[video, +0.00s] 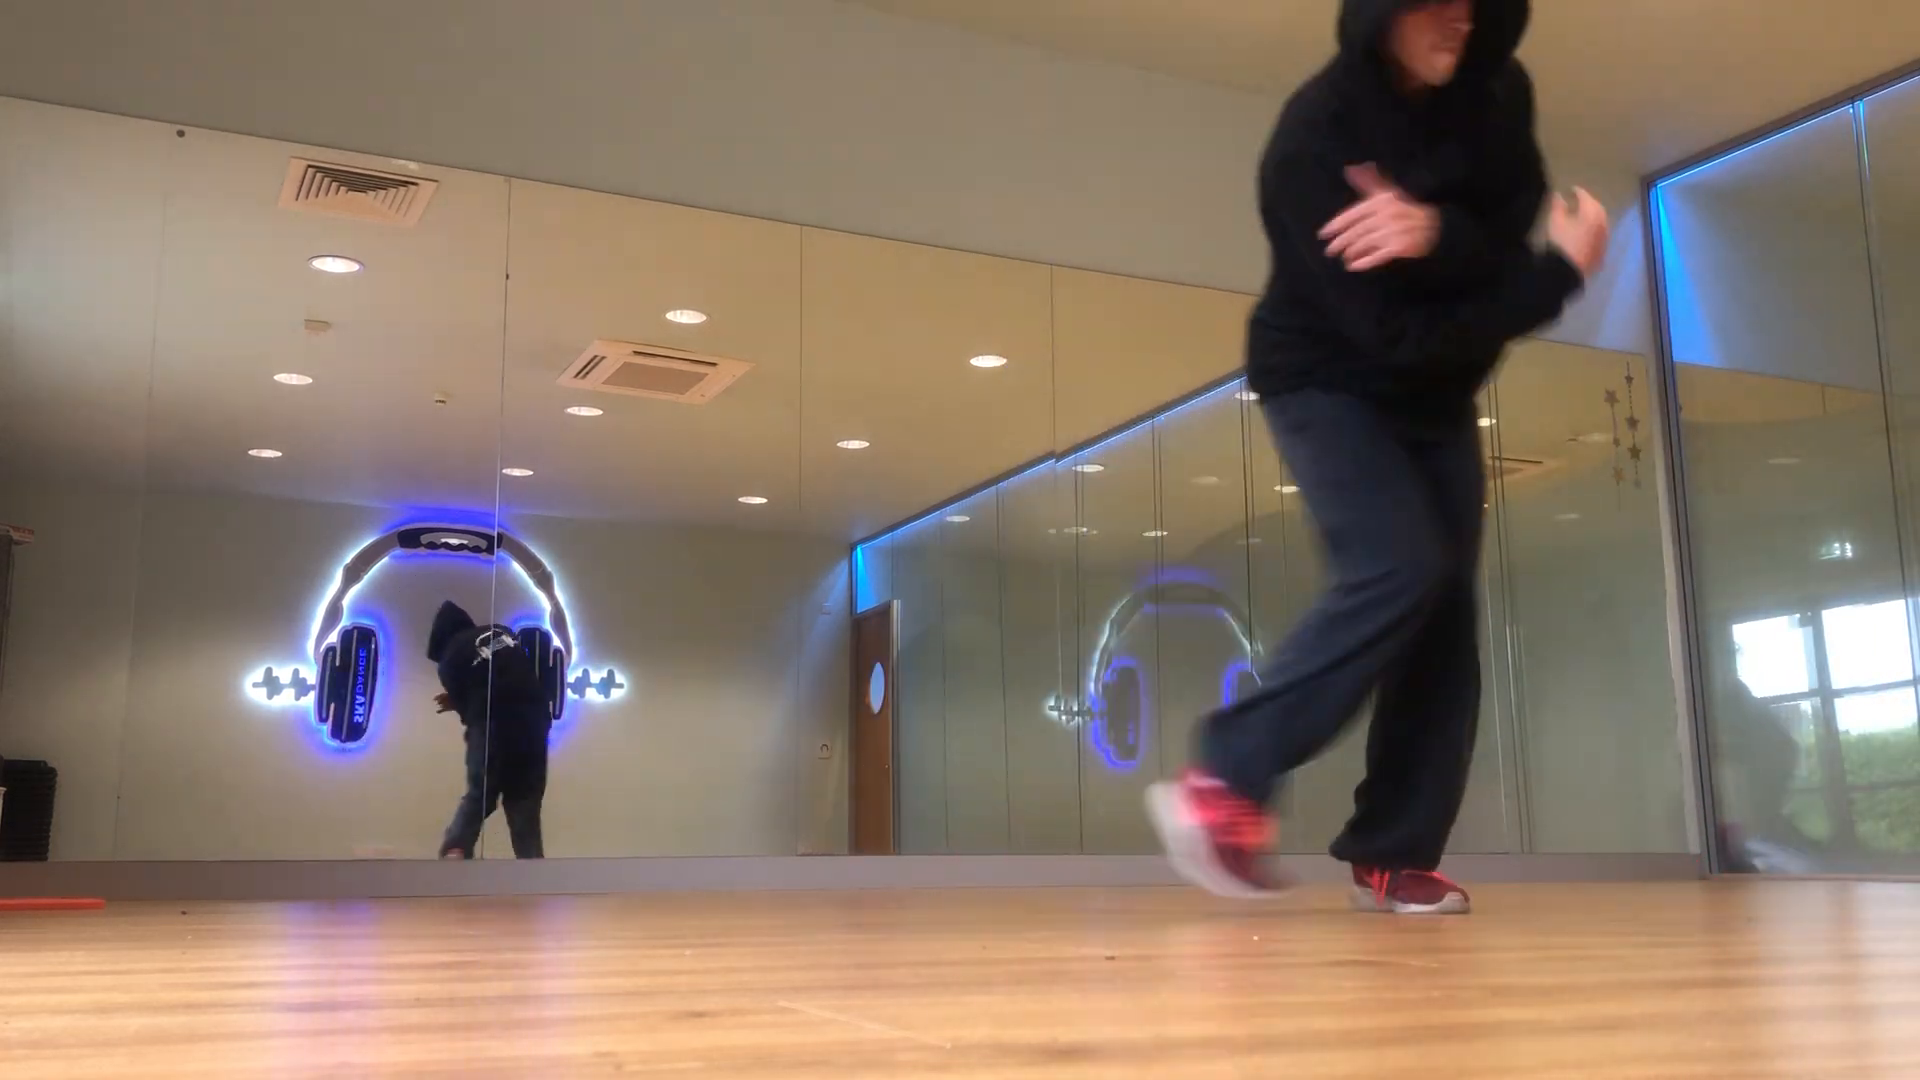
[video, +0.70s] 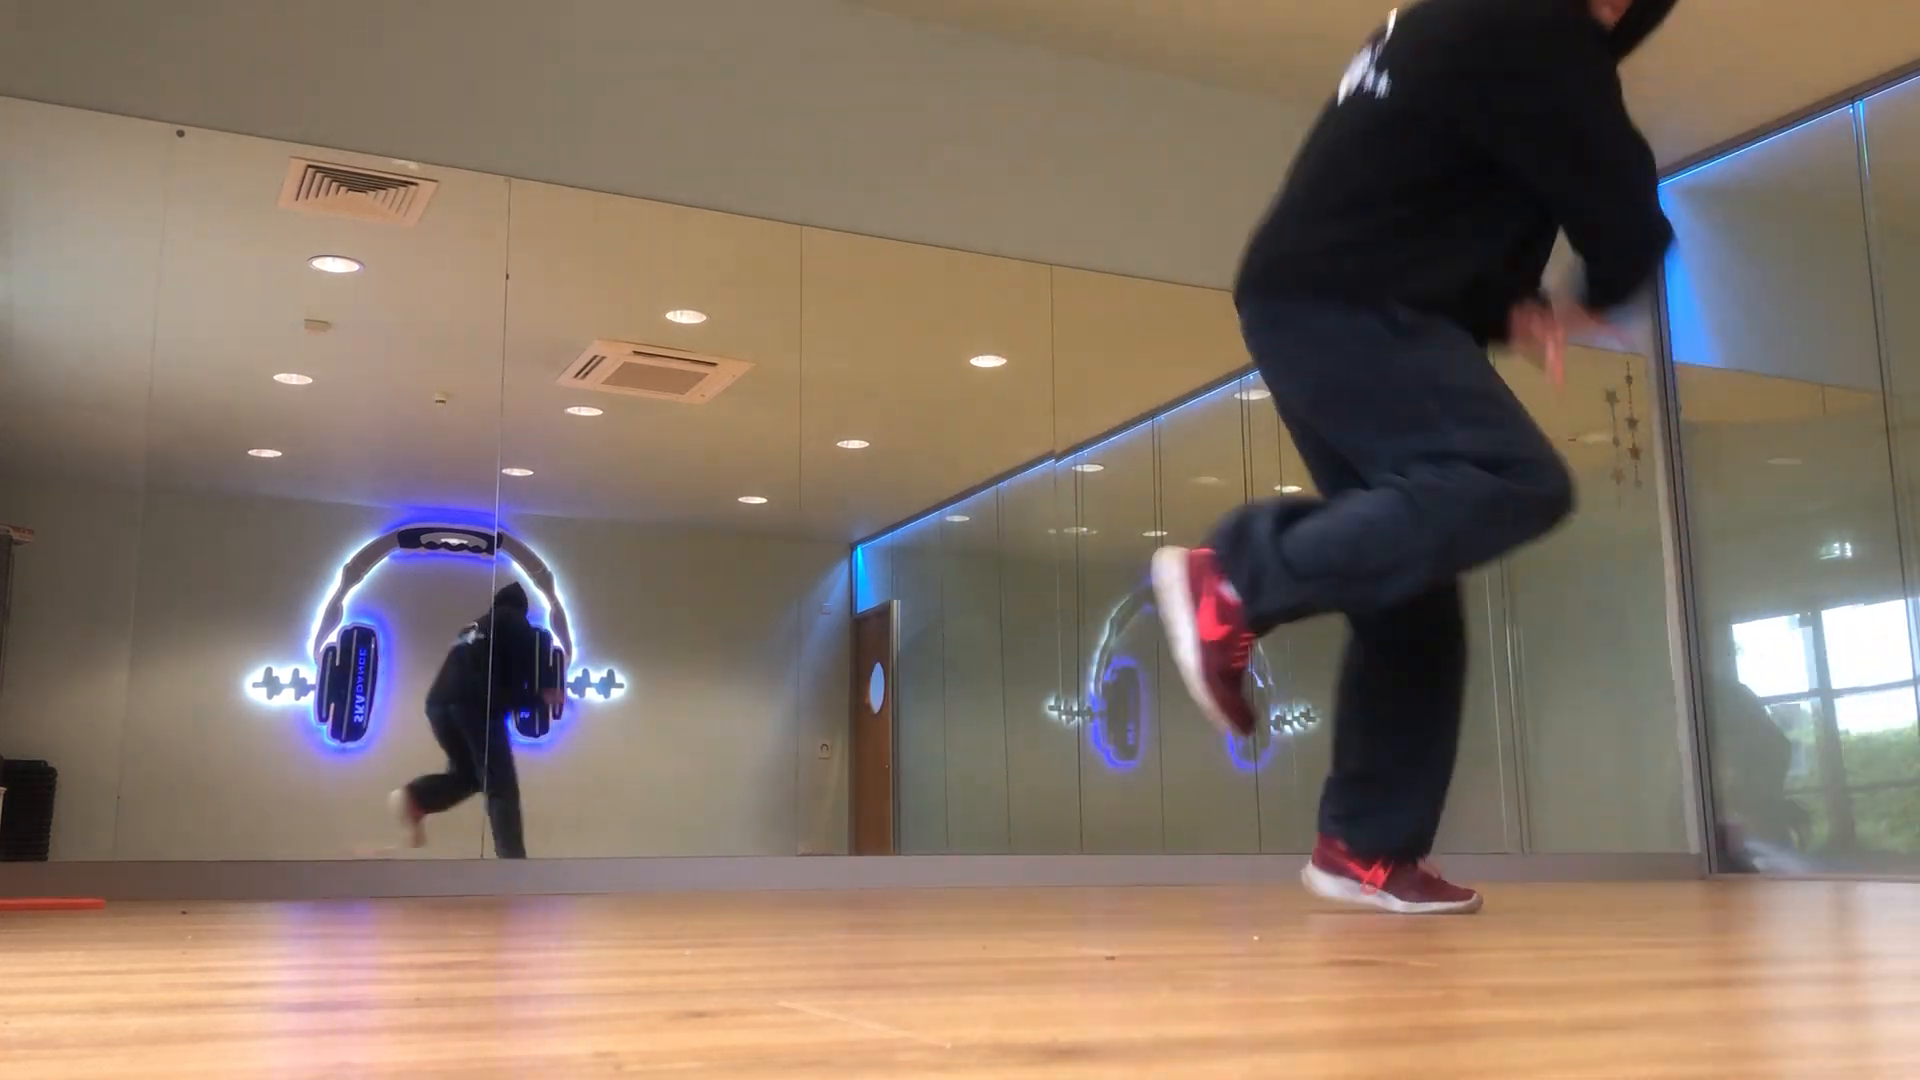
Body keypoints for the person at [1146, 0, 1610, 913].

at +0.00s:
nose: (1453, 27)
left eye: (1467, 12)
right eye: (1432, 10)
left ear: (1484, 19)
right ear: (1378, 16)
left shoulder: (1495, 92)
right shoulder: (1319, 132)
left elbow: (1518, 234)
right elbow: (1397, 328)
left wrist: (1435, 228)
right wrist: (1555, 269)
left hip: (1433, 385)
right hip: (1320, 380)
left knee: (1444, 606)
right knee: (1396, 572)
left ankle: (1392, 852)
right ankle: (1227, 775)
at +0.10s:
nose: (1491, 15)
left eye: (1505, 4)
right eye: (1472, 5)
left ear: (1522, 8)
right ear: (1427, 5)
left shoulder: (1543, 66)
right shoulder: (1361, 104)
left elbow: (1631, 204)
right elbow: (1333, 309)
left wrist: (1591, 129)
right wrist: (1401, 396)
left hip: (1502, 371)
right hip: (1385, 372)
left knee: (1523, 576)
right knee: (1500, 535)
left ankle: (1407, 815)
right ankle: (1494, 795)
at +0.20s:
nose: (1528, 5)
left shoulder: (1589, 47)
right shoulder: (1399, 91)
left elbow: (1718, 76)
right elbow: (1292, 253)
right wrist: (1273, 421)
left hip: (1566, 373)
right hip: (1454, 384)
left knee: (1619, 592)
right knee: (1644, 564)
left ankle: (1456, 798)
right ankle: (1798, 817)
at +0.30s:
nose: (1573, 16)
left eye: (1584, 3)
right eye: (1555, 0)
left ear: (1599, 11)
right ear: (1504, 4)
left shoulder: (1614, 89)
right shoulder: (1444, 124)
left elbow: (1739, 106)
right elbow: (1320, 284)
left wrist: (1799, 13)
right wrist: (1340, 427)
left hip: (1624, 413)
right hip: (1529, 424)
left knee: (1693, 662)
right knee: (1758, 569)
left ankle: (1469, 797)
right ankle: (1863, 833)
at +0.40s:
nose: (1596, 9)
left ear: (1621, 7)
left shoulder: (1599, 94)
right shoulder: (1441, 102)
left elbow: (1652, 216)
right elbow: (1395, 288)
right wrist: (1421, 462)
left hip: (1584, 417)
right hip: (1500, 420)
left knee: (1611, 645)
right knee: (1721, 588)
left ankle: (1423, 804)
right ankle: (1849, 832)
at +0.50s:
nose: (1639, 13)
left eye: (1651, 6)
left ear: (1647, 17)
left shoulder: (1557, 88)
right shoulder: (1490, 79)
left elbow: (1544, 275)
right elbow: (1493, 265)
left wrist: (1567, 425)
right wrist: (1558, 426)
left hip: (1459, 387)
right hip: (1415, 386)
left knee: (1524, 621)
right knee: (1624, 537)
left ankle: (1382, 827)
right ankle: (1687, 825)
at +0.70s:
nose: (1629, 24)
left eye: (1635, 17)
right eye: (1634, 14)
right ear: (1611, 2)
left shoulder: (1463, 21)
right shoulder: (1539, 33)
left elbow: (1426, 183)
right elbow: (1629, 216)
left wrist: (1510, 299)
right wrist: (1599, 298)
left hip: (1313, 303)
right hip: (1354, 301)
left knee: (1410, 585)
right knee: (1518, 480)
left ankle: (1364, 845)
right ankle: (1230, 578)